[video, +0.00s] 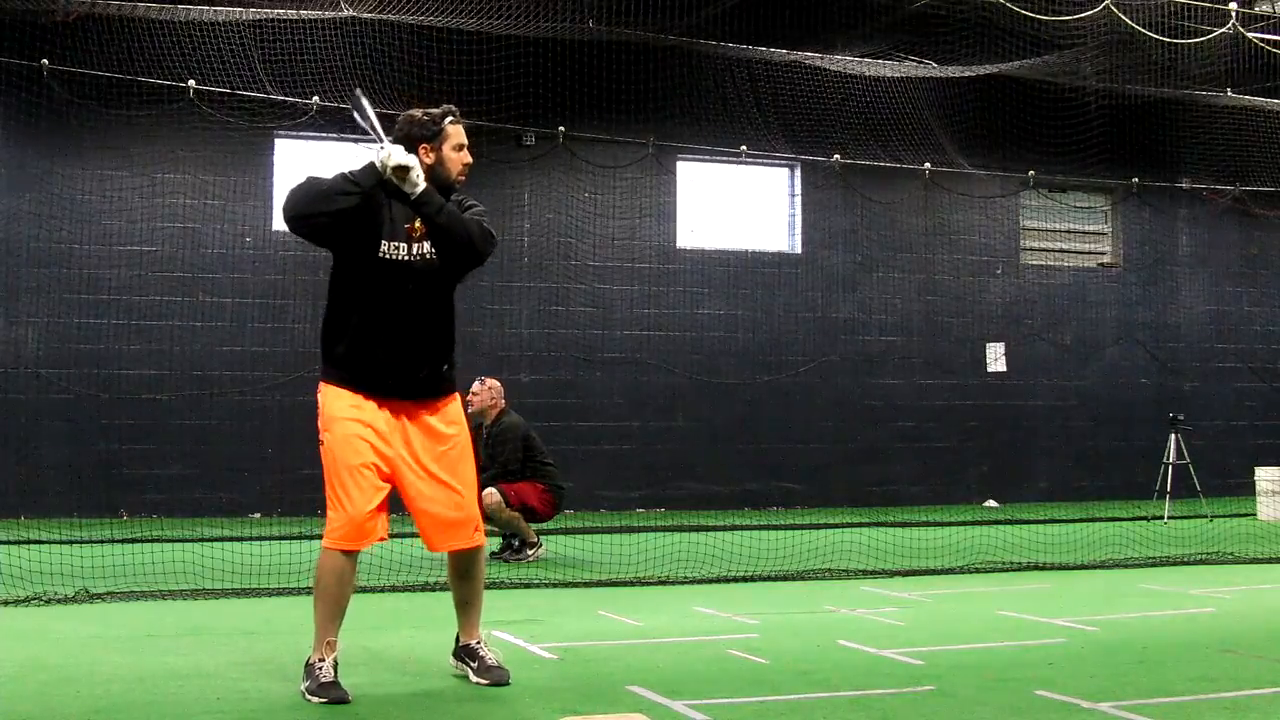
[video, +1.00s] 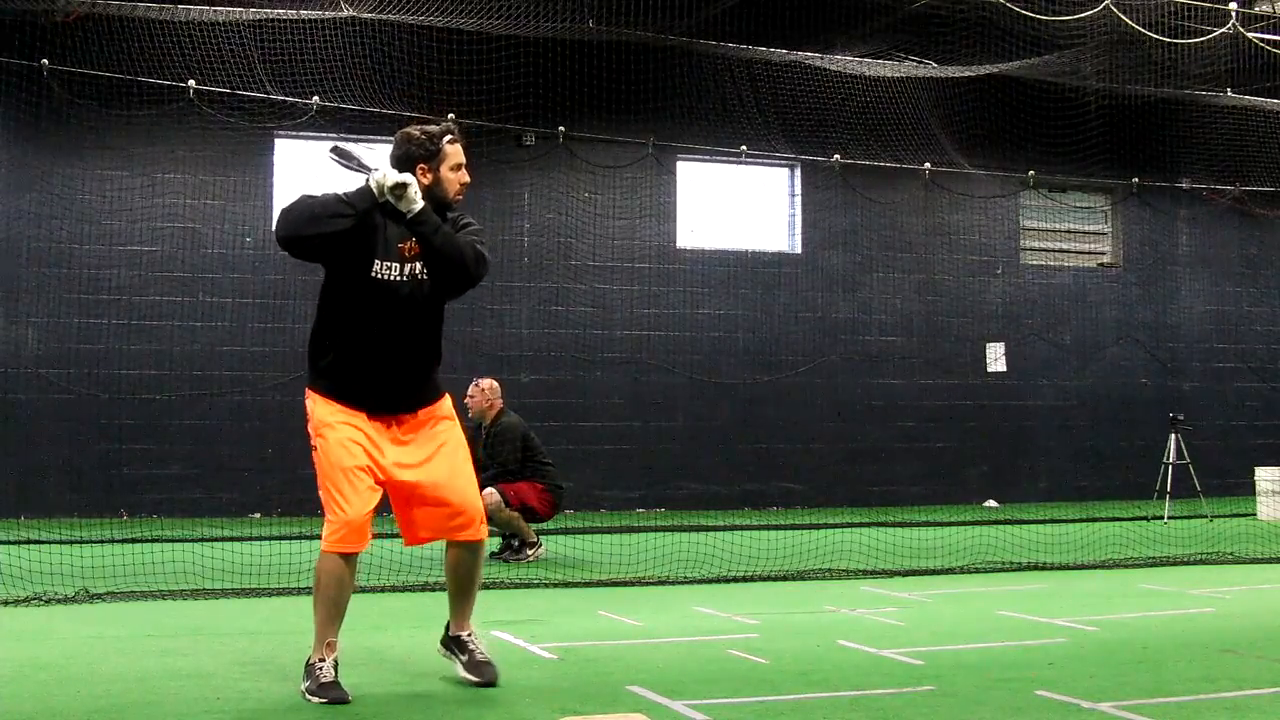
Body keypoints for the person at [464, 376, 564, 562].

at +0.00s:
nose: (468, 398)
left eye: (475, 394)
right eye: (469, 393)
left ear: (493, 401)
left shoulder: (509, 425)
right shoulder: (479, 429)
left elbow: (508, 471)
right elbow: (479, 467)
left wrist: (471, 487)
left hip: (543, 491)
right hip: (514, 488)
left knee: (490, 499)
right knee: (467, 499)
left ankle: (532, 541)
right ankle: (511, 535)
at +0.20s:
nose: (467, 398)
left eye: (474, 394)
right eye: (468, 393)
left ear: (492, 401)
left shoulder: (509, 425)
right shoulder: (479, 430)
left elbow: (506, 472)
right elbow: (478, 467)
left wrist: (470, 489)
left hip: (543, 491)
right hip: (513, 488)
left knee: (490, 499)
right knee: (468, 498)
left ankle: (531, 541)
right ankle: (511, 535)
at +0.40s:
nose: (467, 398)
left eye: (474, 394)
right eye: (468, 393)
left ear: (492, 400)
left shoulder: (508, 426)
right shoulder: (482, 428)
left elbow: (507, 472)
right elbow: (482, 467)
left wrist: (471, 486)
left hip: (542, 490)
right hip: (516, 487)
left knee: (489, 500)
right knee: (470, 501)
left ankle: (531, 541)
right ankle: (511, 536)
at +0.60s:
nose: (468, 399)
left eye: (474, 394)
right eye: (468, 394)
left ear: (492, 401)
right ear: (490, 402)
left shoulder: (508, 426)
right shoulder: (482, 428)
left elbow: (506, 472)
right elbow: (481, 467)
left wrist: (472, 486)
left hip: (542, 491)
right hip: (516, 487)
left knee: (489, 499)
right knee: (471, 498)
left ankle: (531, 541)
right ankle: (511, 536)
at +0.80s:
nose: (467, 401)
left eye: (473, 396)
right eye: (467, 396)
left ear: (492, 402)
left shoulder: (508, 426)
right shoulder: (483, 428)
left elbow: (505, 472)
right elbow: (483, 467)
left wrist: (471, 486)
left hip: (542, 491)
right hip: (517, 488)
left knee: (489, 500)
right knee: (472, 497)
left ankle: (531, 541)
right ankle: (511, 536)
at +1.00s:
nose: (466, 402)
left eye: (471, 397)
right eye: (466, 397)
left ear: (489, 402)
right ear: (487, 403)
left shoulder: (507, 426)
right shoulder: (483, 428)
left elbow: (507, 471)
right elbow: (483, 467)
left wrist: (471, 486)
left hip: (542, 491)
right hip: (518, 488)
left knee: (489, 499)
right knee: (470, 497)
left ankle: (531, 541)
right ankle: (511, 536)